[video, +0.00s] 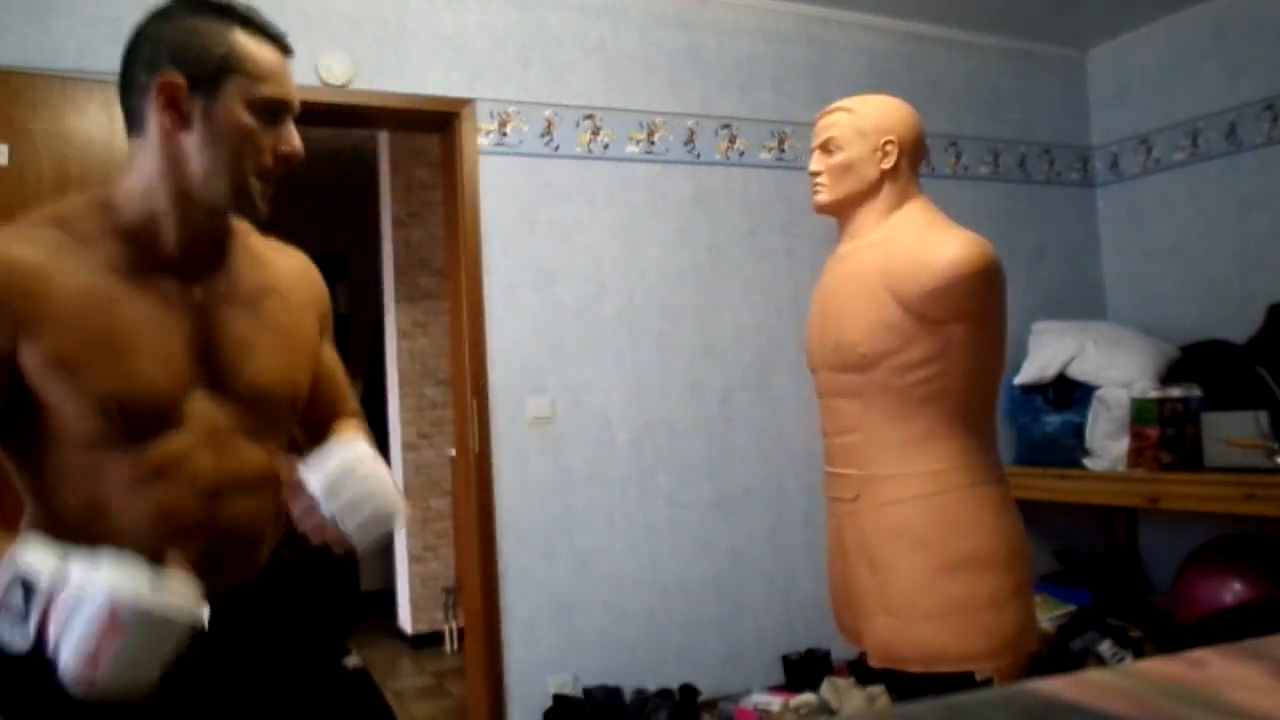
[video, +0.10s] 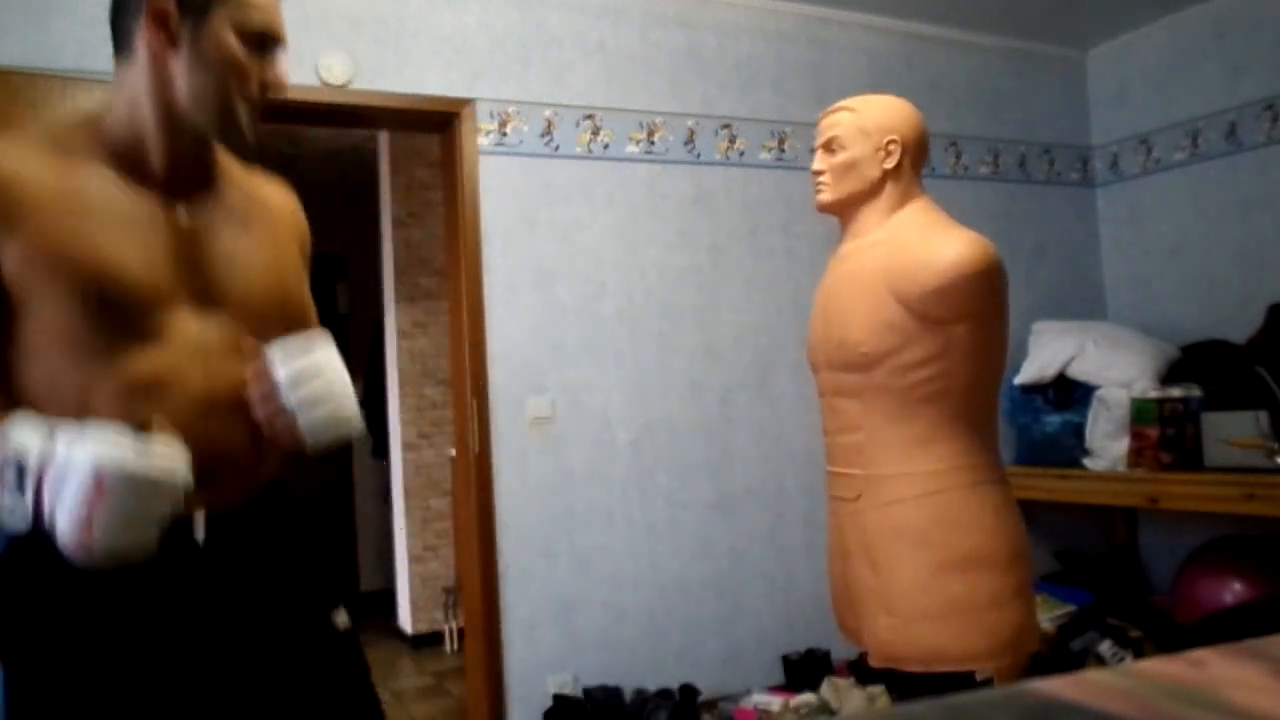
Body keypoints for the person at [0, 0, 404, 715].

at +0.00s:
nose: (294, 146)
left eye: (293, 120)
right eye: (267, 114)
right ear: (172, 106)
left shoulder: (294, 278)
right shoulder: (23, 269)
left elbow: (340, 421)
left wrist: (348, 486)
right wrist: (43, 588)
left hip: (274, 652)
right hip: (94, 668)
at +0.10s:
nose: (277, 80)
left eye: (277, 51)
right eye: (256, 43)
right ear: (162, 28)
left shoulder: (275, 209)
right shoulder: (24, 184)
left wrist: (310, 407)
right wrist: (40, 466)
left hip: (249, 581)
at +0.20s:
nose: (258, 53)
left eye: (258, 26)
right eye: (237, 18)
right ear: (143, 12)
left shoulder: (263, 175)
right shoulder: (19, 147)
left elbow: (296, 324)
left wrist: (323, 324)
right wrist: (27, 396)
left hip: (243, 522)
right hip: (76, 530)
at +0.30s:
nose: (243, 94)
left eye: (239, 67)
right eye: (215, 60)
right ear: (116, 50)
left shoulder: (253, 213)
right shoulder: (14, 197)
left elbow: (328, 376)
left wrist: (330, 373)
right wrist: (22, 434)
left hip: (240, 568)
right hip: (68, 574)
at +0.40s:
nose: (238, 105)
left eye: (236, 78)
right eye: (210, 71)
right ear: (114, 61)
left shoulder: (249, 225)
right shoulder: (13, 215)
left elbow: (330, 406)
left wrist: (330, 379)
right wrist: (9, 514)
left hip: (236, 589)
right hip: (64, 602)